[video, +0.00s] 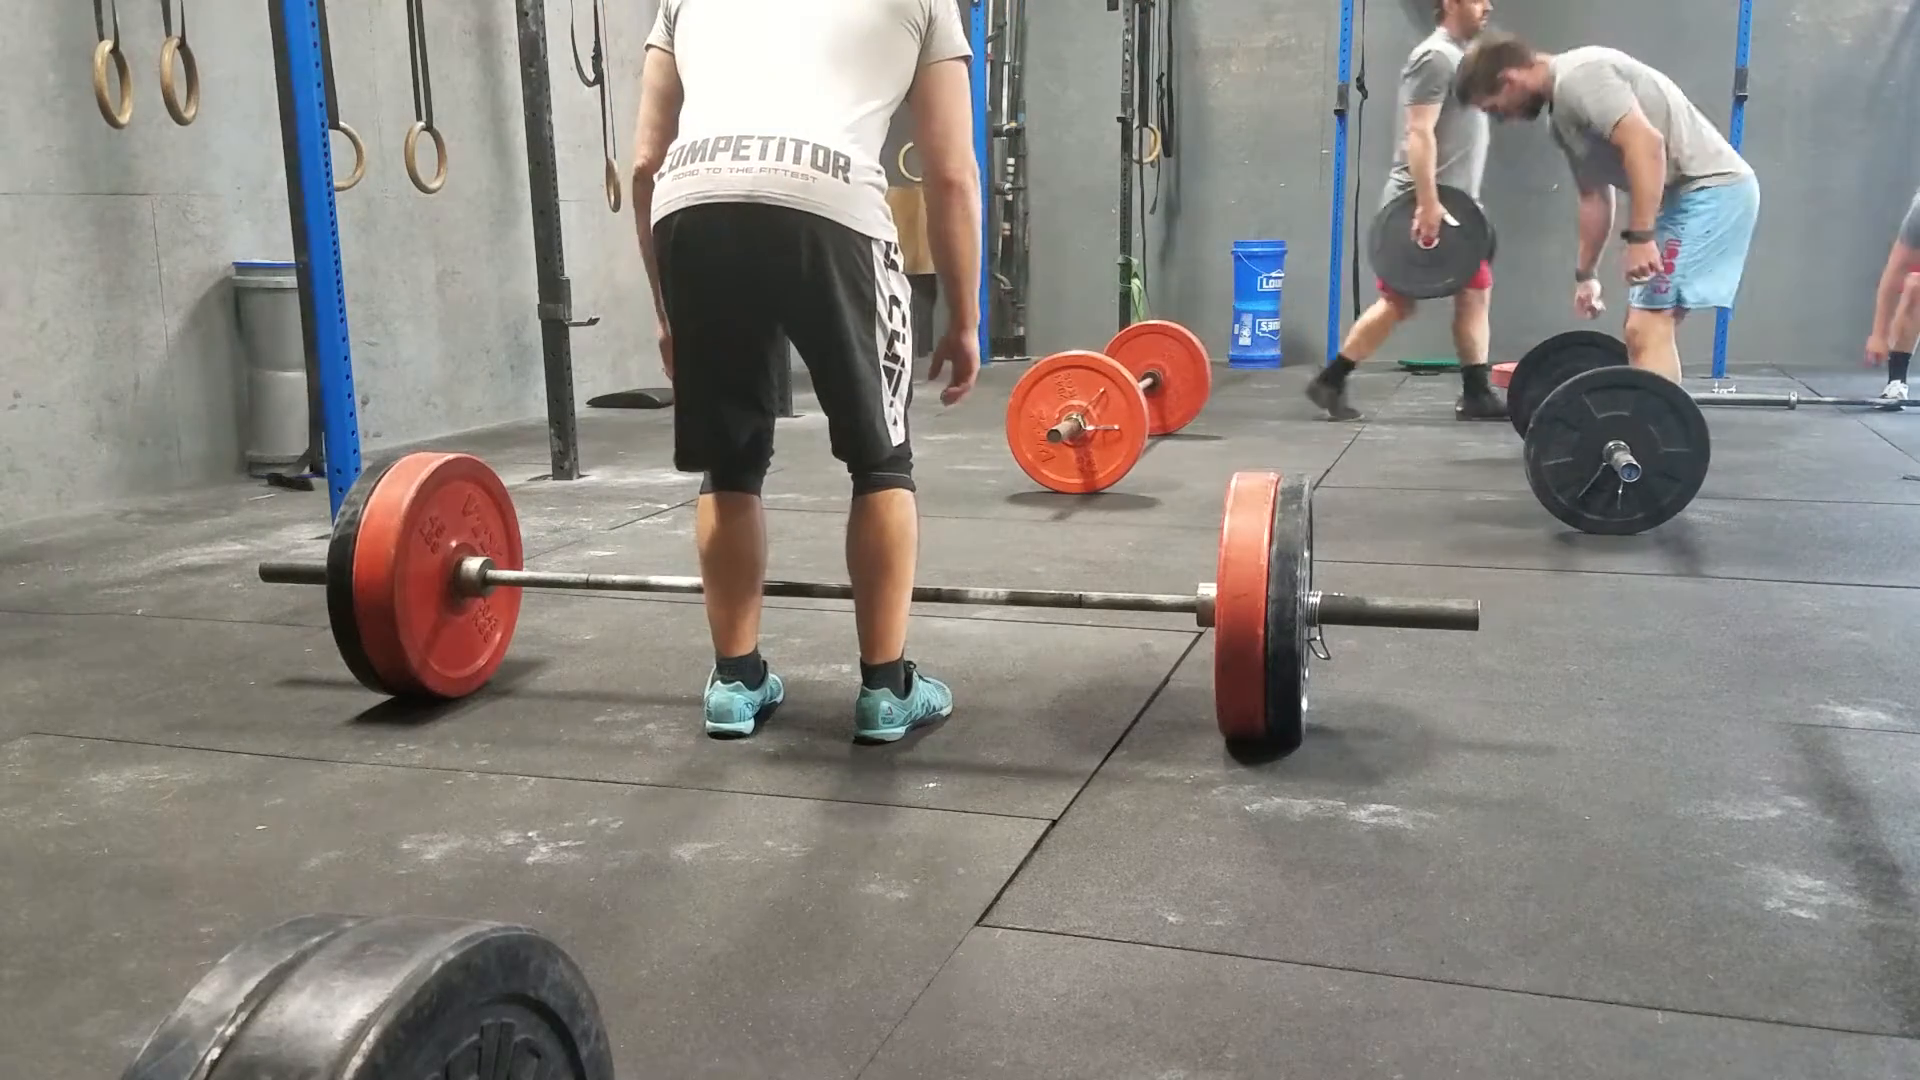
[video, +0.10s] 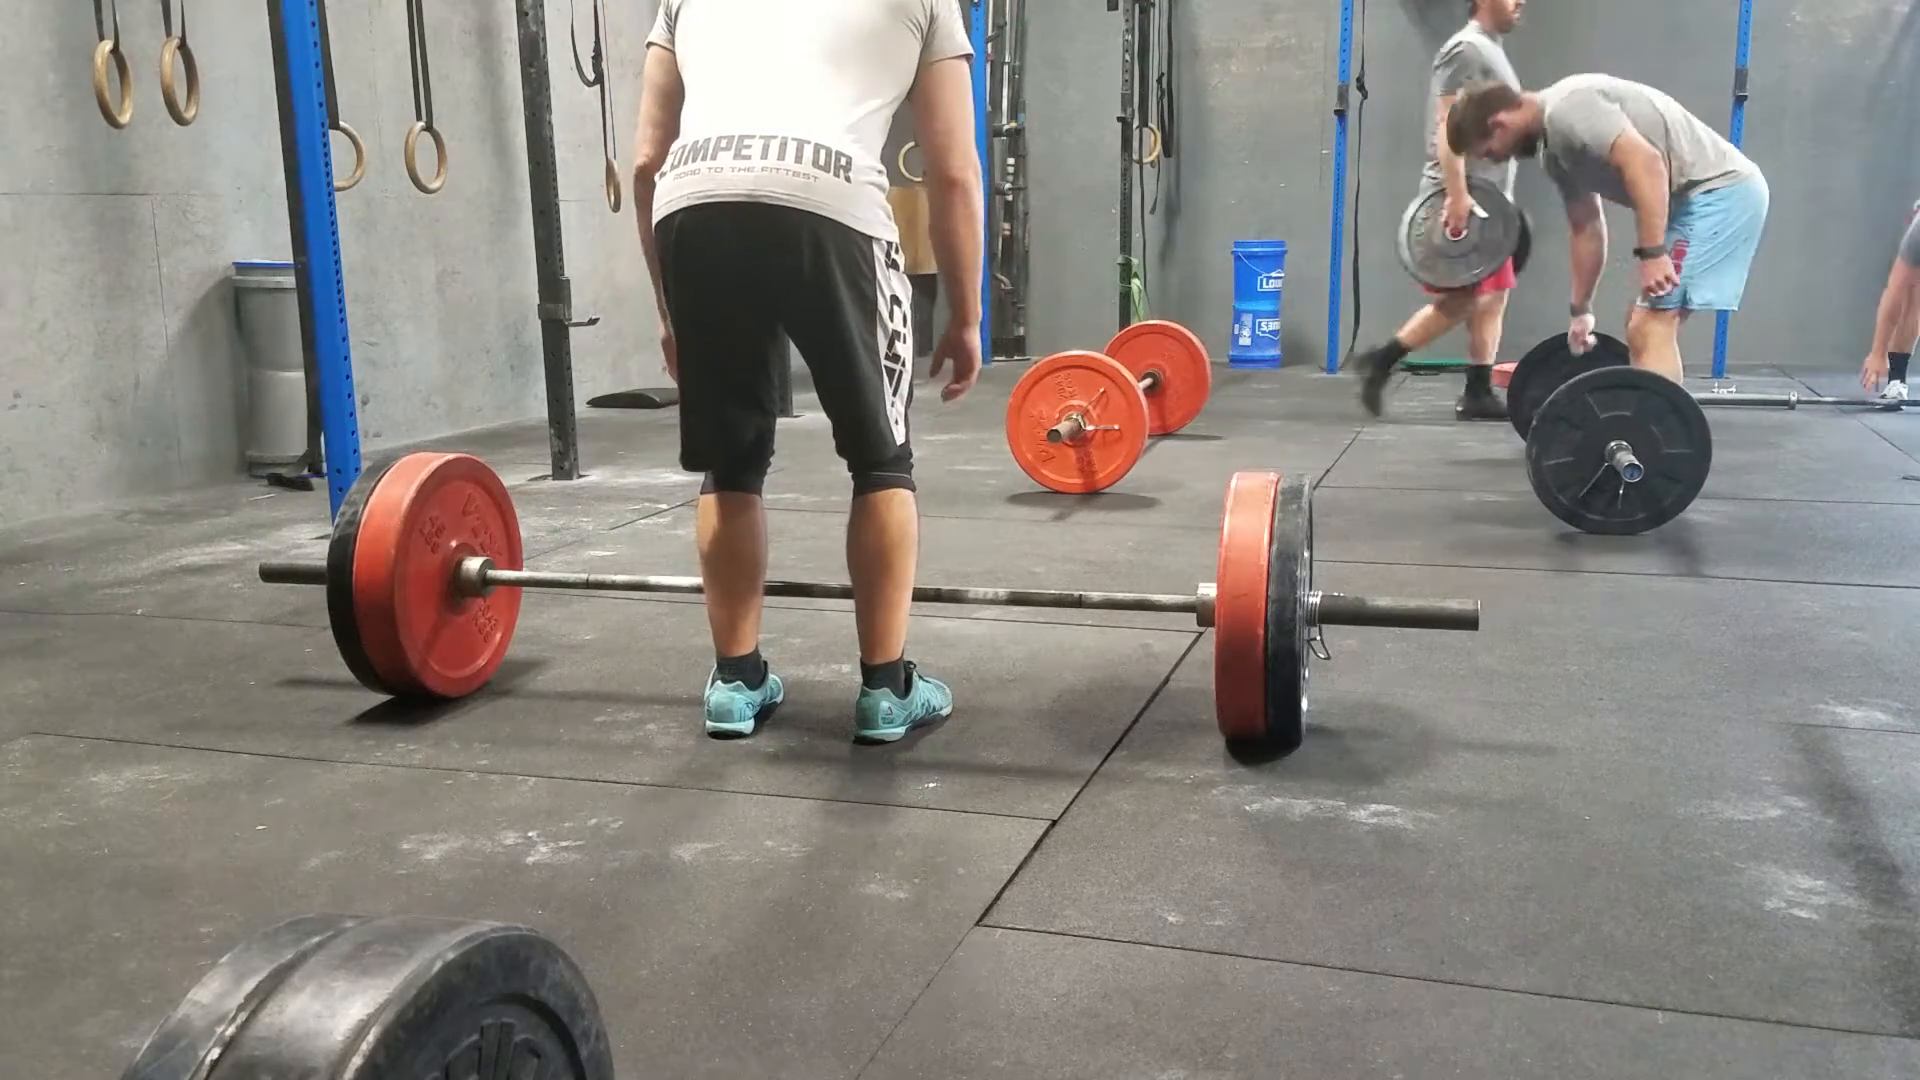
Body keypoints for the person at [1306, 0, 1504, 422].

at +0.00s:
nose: (1486, 8)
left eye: (1486, 1)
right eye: (1477, 1)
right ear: (1450, 6)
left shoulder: (1465, 57)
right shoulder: (1435, 56)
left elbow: (1455, 138)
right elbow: (1418, 132)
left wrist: (1463, 203)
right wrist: (1427, 202)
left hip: (1455, 201)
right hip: (1418, 201)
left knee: (1476, 288)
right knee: (1399, 301)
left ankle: (1477, 393)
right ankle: (1330, 381)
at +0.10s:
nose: (1519, 5)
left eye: (1519, 0)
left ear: (1490, 6)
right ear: (1484, 3)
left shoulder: (1489, 49)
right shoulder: (1466, 49)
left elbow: (1472, 126)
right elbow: (1448, 127)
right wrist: (1457, 195)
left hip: (1490, 195)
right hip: (1465, 197)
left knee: (1493, 292)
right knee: (1465, 296)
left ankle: (1479, 392)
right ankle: (1380, 360)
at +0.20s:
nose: (1550, 6)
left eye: (1549, 1)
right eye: (1544, 0)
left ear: (1522, 5)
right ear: (1519, 2)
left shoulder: (1519, 44)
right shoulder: (1494, 44)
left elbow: (1503, 121)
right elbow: (1473, 123)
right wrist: (1484, 190)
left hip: (1522, 186)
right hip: (1508, 188)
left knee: (1509, 285)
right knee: (1528, 283)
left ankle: (1481, 383)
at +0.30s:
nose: (1581, 5)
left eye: (1580, 1)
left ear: (1552, 4)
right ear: (1551, 2)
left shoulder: (1551, 44)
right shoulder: (1524, 45)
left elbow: (1547, 126)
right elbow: (1505, 122)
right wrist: (1513, 199)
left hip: (1548, 193)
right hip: (1535, 195)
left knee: (1507, 292)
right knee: (1553, 291)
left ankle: (1480, 392)